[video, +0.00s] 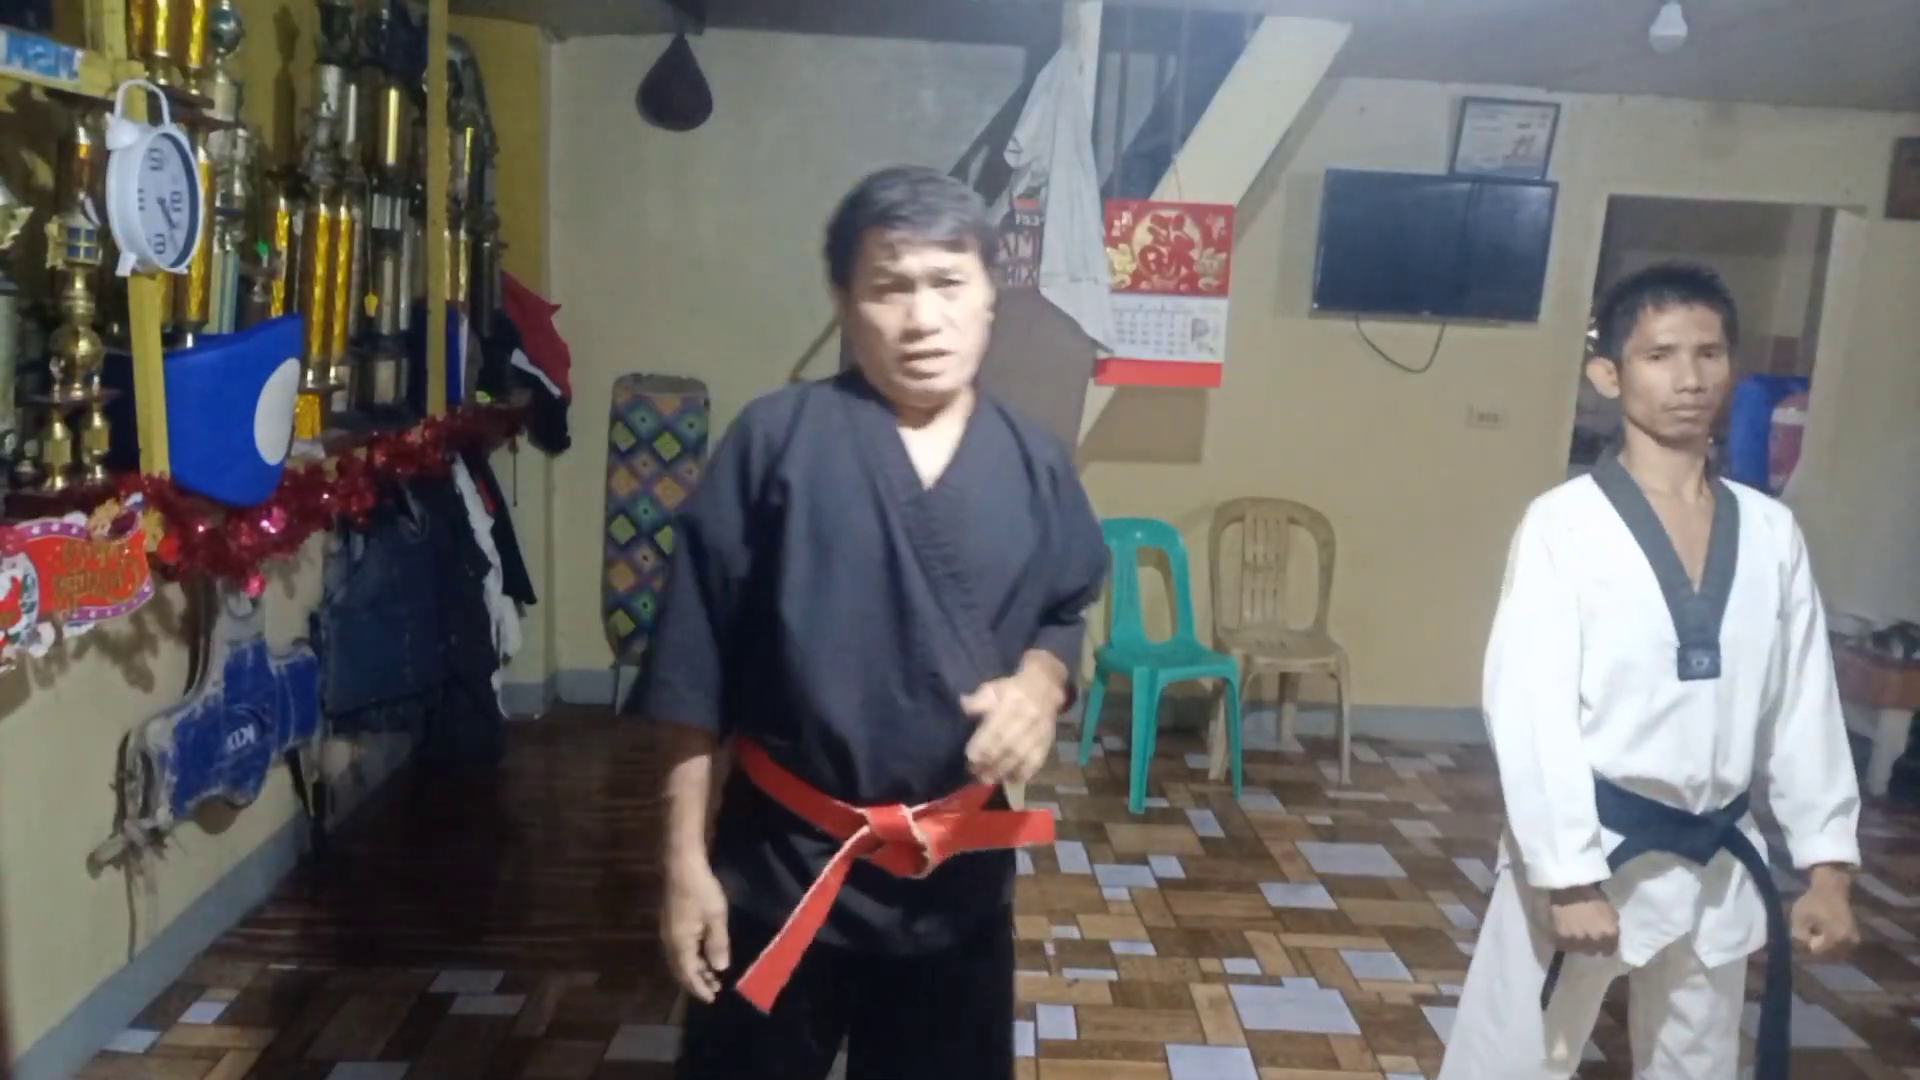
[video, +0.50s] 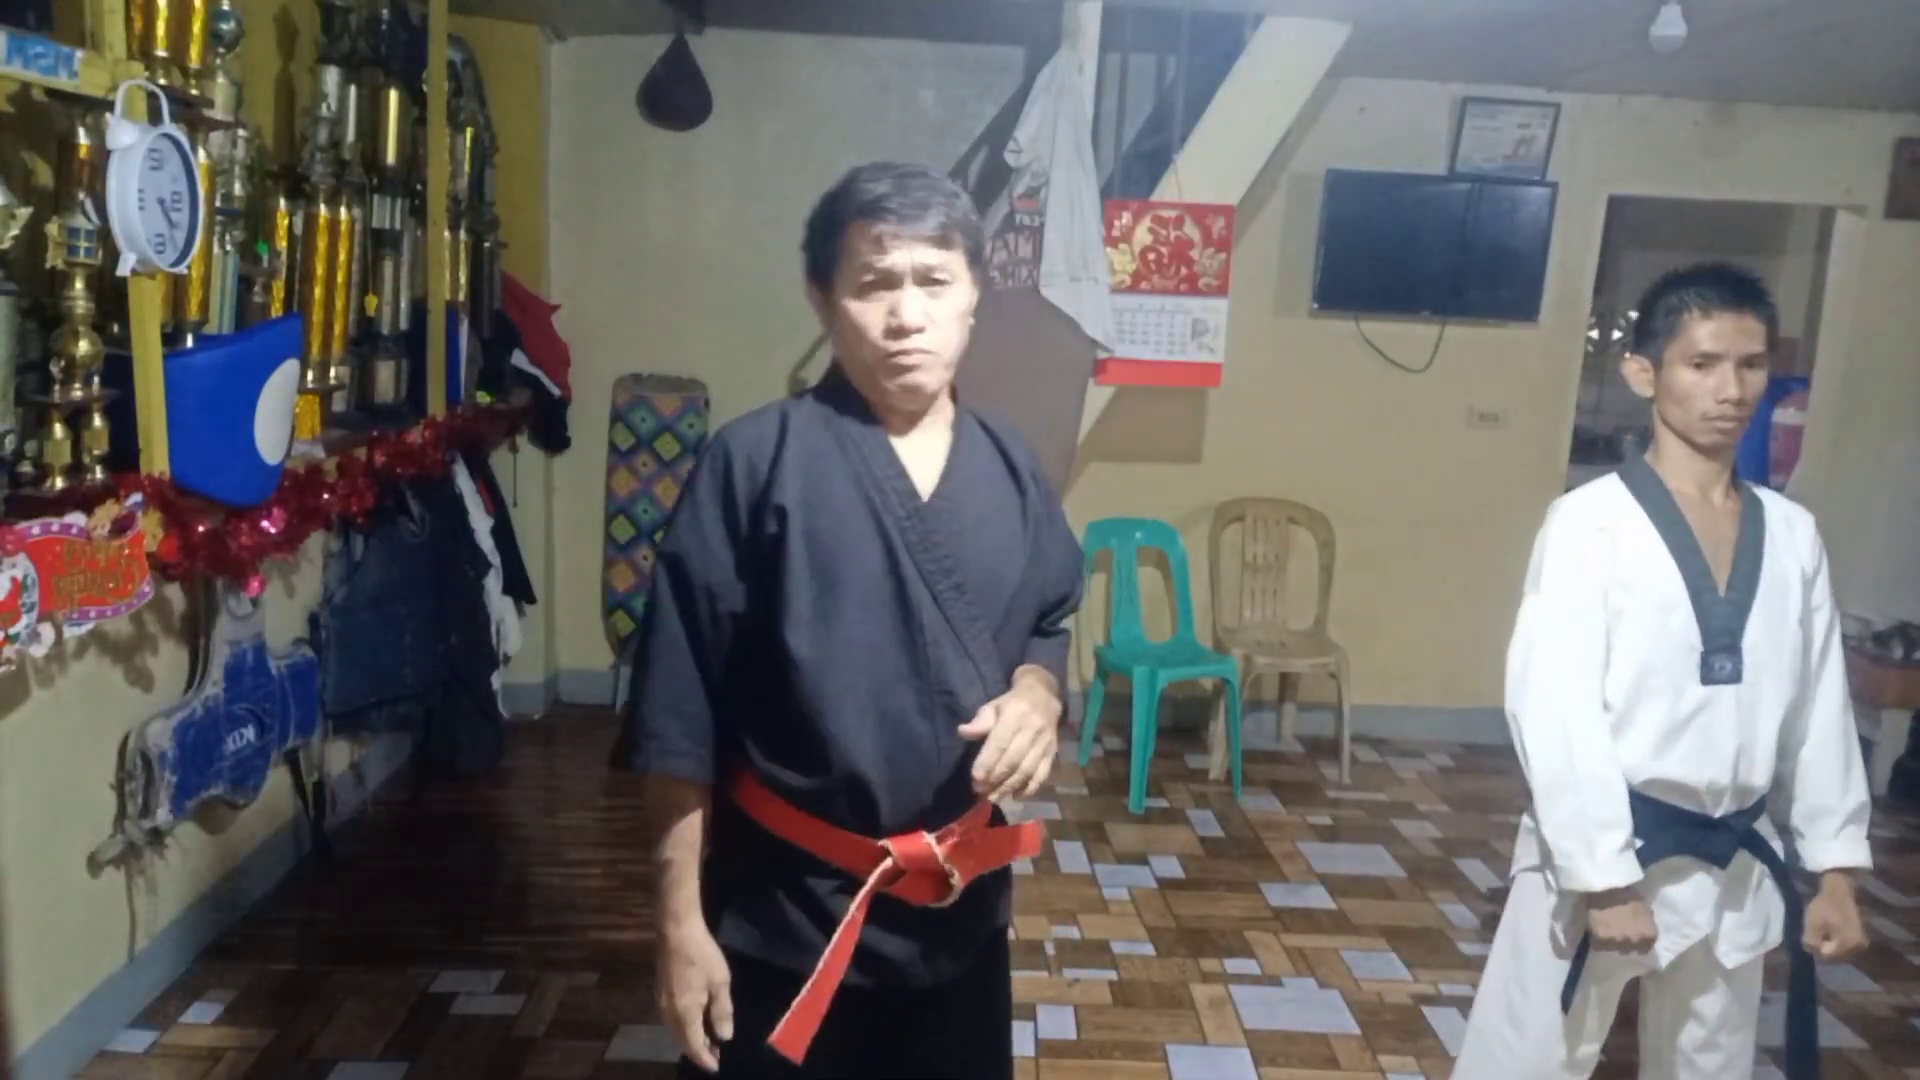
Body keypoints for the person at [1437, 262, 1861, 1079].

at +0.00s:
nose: (1692, 377)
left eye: (1710, 353)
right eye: (1662, 353)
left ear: (1733, 372)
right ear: (1607, 375)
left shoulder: (1771, 531)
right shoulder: (1561, 526)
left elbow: (1805, 704)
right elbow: (1529, 705)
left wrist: (1828, 864)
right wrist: (1570, 876)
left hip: (1719, 867)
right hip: (1581, 862)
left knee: (1698, 1070)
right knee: (1510, 1064)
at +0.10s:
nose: (1705, 379)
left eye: (1722, 356)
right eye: (1675, 356)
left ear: (1741, 370)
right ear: (1617, 375)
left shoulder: (1773, 531)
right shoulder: (1568, 525)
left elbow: (1803, 706)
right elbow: (1533, 704)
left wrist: (1822, 866)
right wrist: (1572, 877)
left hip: (1722, 869)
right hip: (1585, 865)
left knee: (1696, 1068)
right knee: (1518, 1063)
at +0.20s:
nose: (1719, 385)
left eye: (1736, 361)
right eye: (1690, 360)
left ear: (1753, 373)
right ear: (1629, 375)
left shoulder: (1777, 533)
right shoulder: (1576, 524)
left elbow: (1805, 710)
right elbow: (1538, 703)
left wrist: (1819, 867)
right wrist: (1576, 876)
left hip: (1727, 873)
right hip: (1589, 867)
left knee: (1700, 1069)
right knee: (1521, 1065)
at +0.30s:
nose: (1734, 388)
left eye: (1751, 364)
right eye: (1705, 362)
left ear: (1768, 374)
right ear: (1643, 373)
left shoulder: (1785, 535)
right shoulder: (1588, 523)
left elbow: (1808, 711)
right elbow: (1549, 702)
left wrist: (1821, 868)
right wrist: (1591, 876)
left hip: (1734, 871)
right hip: (1596, 863)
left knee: (1701, 1071)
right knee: (1529, 1067)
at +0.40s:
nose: (1737, 389)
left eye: (1754, 364)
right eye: (1709, 363)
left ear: (1772, 374)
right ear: (1646, 373)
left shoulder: (1790, 534)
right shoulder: (1591, 523)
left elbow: (1814, 711)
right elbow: (1554, 704)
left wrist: (1832, 871)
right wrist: (1606, 879)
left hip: (1735, 870)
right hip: (1597, 861)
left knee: (1709, 1069)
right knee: (1529, 1064)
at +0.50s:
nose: (1731, 389)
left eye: (1750, 364)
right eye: (1703, 363)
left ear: (1768, 374)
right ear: (1642, 374)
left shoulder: (1793, 534)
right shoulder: (1587, 524)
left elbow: (1820, 709)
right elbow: (1552, 704)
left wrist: (1837, 871)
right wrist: (1607, 879)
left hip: (1735, 869)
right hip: (1595, 861)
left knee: (1710, 1070)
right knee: (1526, 1065)